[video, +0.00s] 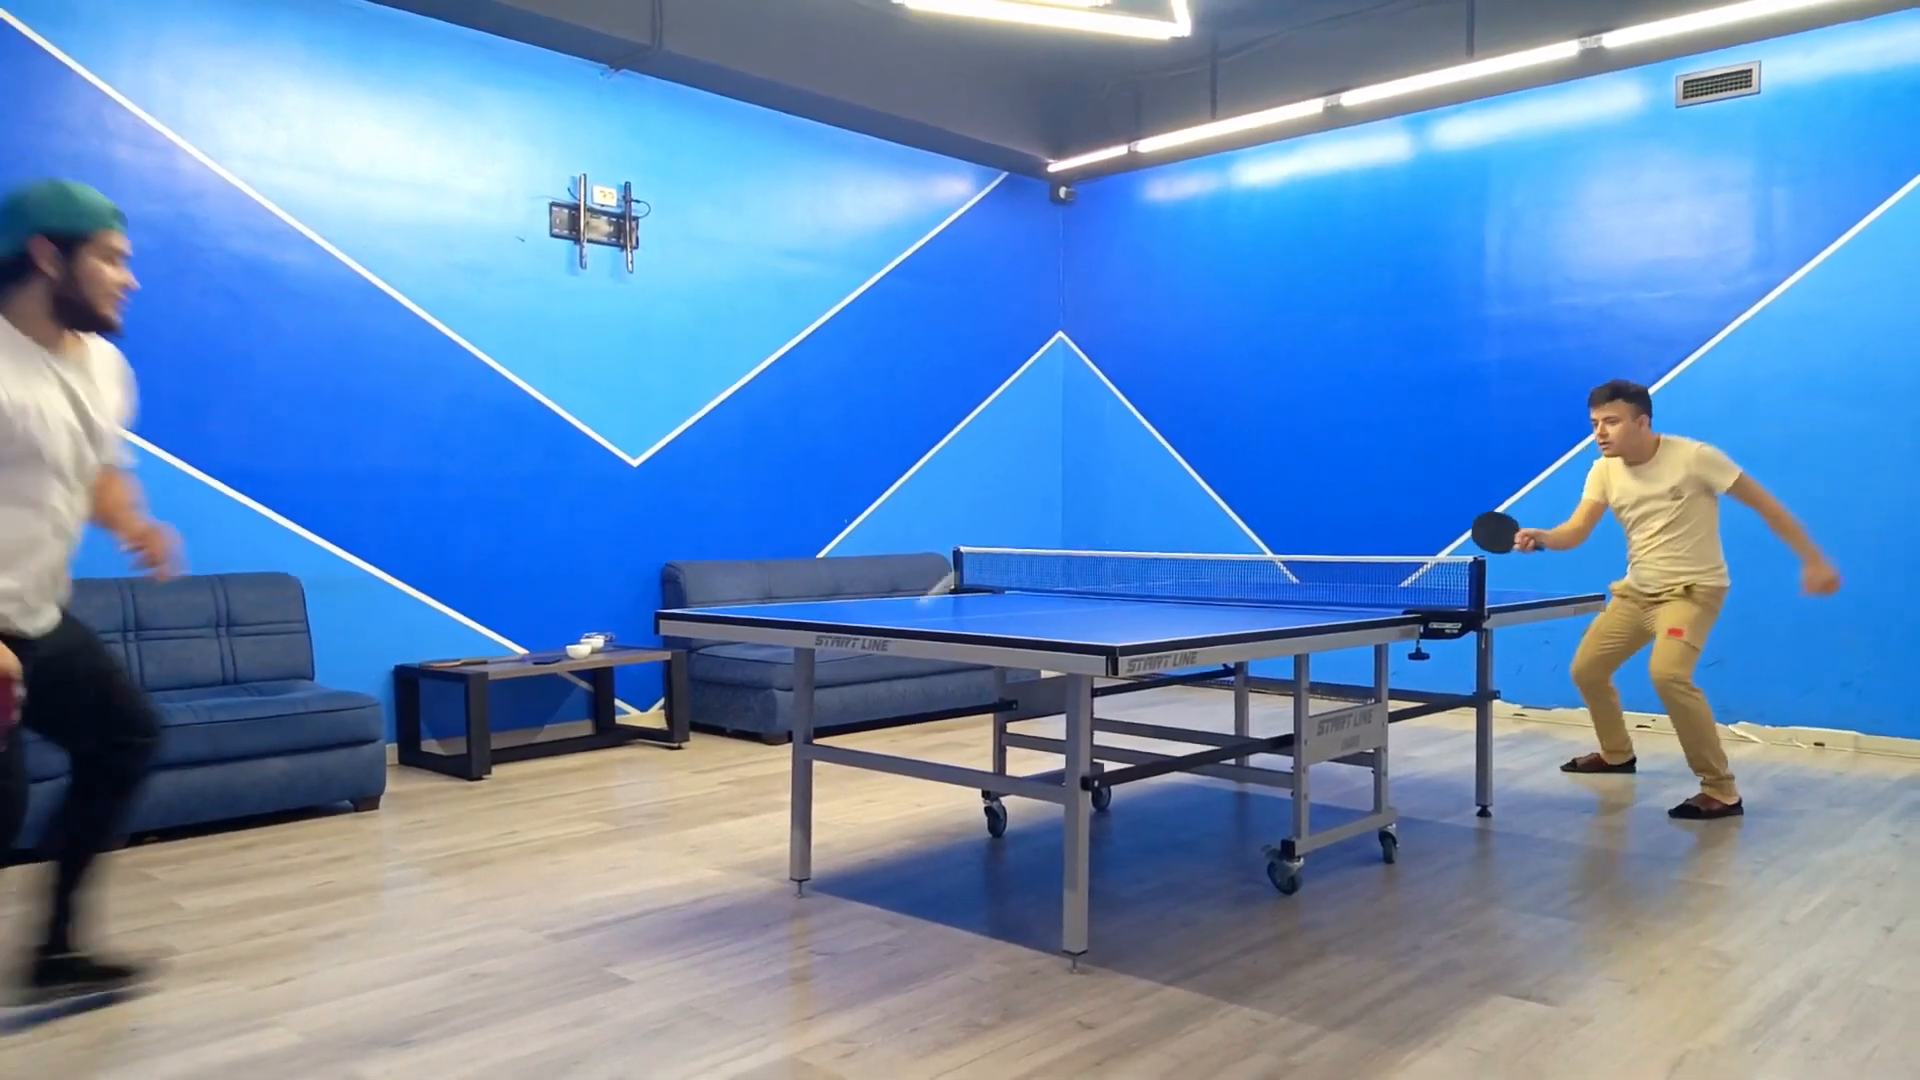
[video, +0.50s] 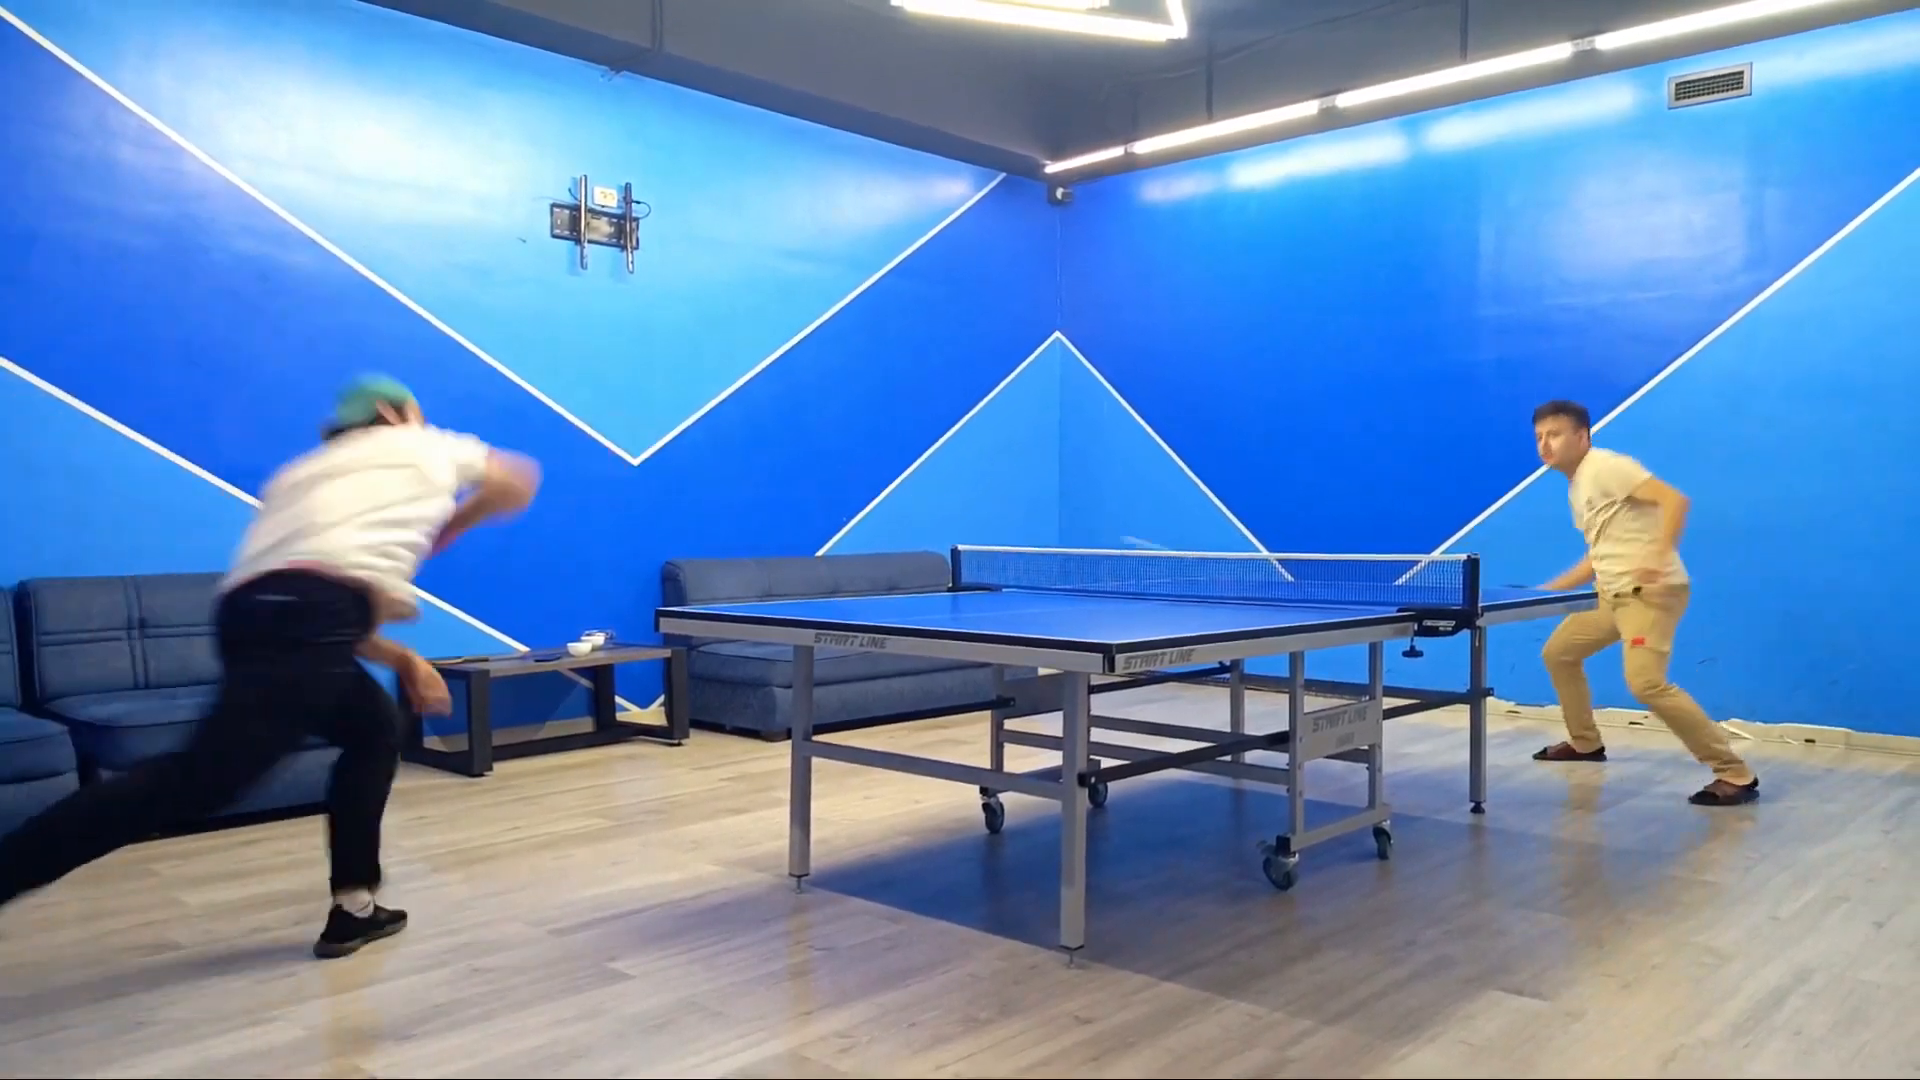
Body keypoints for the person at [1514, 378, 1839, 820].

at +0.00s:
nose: (1600, 432)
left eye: (1610, 422)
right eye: (1595, 424)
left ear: (1643, 421)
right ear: (1594, 426)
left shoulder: (1694, 459)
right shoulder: (1605, 470)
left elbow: (1766, 505)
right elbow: (1576, 530)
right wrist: (1542, 538)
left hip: (1692, 590)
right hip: (1637, 592)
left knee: (1668, 676)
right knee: (1587, 671)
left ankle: (1721, 792)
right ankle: (1616, 754)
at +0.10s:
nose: (1591, 424)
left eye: (1602, 414)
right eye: (1586, 416)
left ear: (1633, 415)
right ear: (1584, 419)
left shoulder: (1678, 457)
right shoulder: (1591, 465)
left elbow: (1743, 502)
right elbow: (1559, 524)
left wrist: (1779, 567)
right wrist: (1525, 532)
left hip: (1677, 589)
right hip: (1624, 591)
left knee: (1663, 674)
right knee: (1578, 667)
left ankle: (1718, 790)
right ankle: (1613, 753)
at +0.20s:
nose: (1580, 401)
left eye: (1590, 391)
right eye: (1574, 393)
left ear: (1621, 393)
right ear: (1572, 398)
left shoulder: (1661, 433)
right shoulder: (1583, 442)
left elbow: (1728, 471)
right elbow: (1559, 499)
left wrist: (1745, 537)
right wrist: (1527, 520)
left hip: (1670, 569)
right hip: (1619, 571)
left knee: (1679, 670)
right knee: (1585, 650)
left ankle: (1709, 783)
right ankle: (1609, 747)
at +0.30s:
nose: (1567, 397)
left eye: (1577, 387)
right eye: (1561, 390)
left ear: (1605, 388)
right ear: (1559, 397)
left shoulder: (1646, 426)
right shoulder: (1577, 441)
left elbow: (1714, 459)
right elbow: (1568, 501)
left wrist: (1725, 524)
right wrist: (1530, 524)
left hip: (1664, 560)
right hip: (1618, 563)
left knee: (1673, 659)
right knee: (1587, 645)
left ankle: (1725, 772)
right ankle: (1599, 740)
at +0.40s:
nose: (1552, 418)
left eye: (1562, 407)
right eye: (1547, 411)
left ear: (1591, 409)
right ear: (1546, 419)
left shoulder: (1630, 446)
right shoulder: (1569, 465)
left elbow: (1700, 480)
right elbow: (1578, 527)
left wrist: (1711, 548)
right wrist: (1532, 553)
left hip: (1659, 575)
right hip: (1614, 580)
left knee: (1666, 667)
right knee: (1576, 648)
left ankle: (1736, 772)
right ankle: (1585, 740)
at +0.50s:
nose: (1544, 445)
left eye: (1553, 435)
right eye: (1539, 438)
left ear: (1582, 436)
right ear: (1539, 443)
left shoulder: (1606, 467)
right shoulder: (1580, 487)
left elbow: (1675, 501)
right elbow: (1603, 553)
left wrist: (1660, 557)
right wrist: (1555, 587)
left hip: (1652, 593)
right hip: (1615, 598)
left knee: (1647, 684)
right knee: (1558, 654)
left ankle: (1736, 775)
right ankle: (1584, 743)